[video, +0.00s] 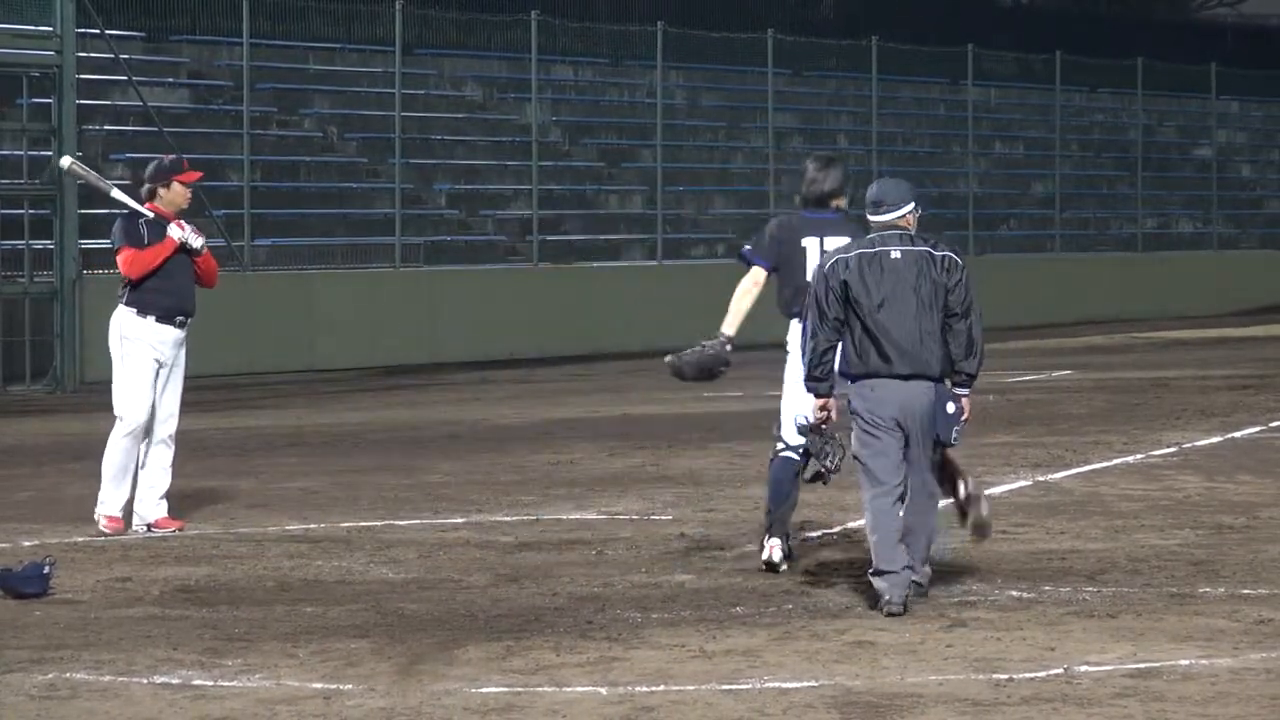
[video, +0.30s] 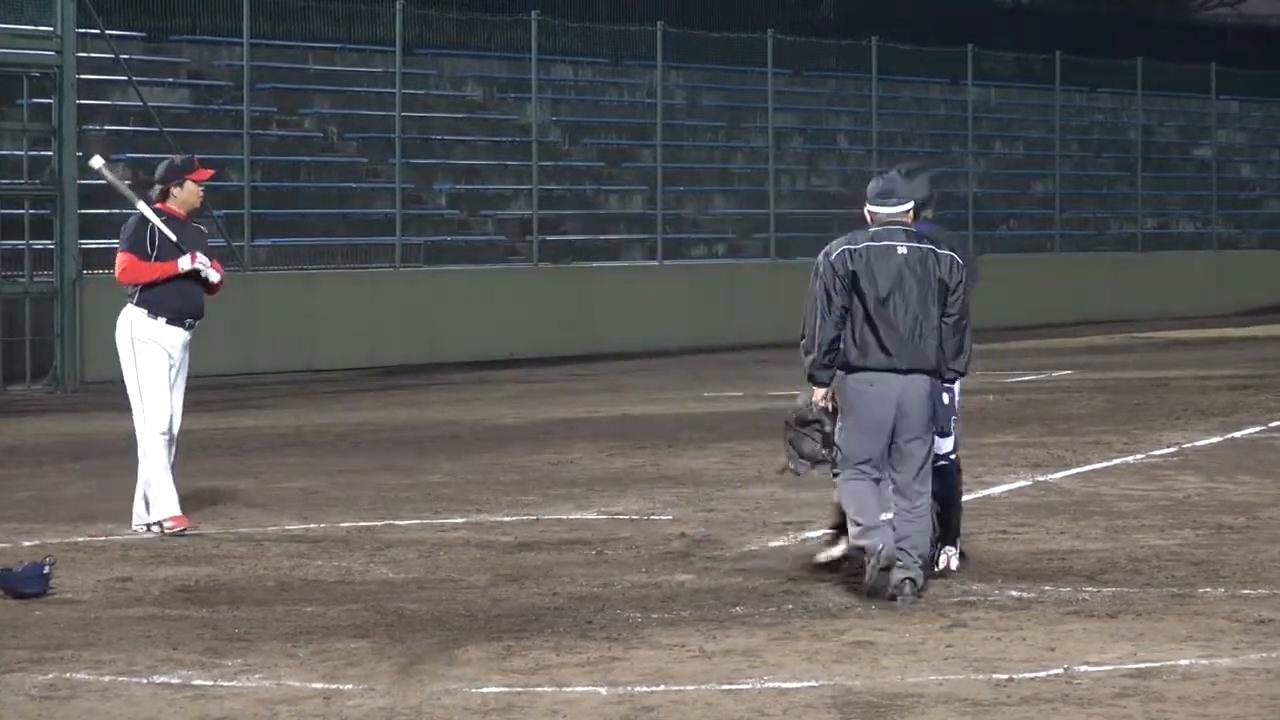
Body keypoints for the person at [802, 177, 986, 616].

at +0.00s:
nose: (917, 218)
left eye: (912, 213)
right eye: (915, 214)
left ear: (870, 217)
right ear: (910, 217)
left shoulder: (840, 265)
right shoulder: (944, 261)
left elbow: (822, 332)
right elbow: (962, 326)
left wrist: (820, 389)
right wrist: (963, 384)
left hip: (870, 392)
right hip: (926, 391)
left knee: (882, 489)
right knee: (922, 484)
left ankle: (892, 589)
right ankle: (915, 571)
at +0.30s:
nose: (869, 215)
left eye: (871, 210)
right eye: (904, 210)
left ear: (868, 214)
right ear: (911, 213)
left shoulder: (839, 255)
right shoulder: (943, 260)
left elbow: (824, 324)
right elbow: (955, 327)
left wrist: (821, 378)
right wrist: (948, 376)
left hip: (863, 385)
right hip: (919, 385)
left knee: (859, 470)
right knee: (912, 480)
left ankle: (876, 545)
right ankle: (909, 569)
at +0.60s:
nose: (844, 224)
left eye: (844, 219)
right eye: (848, 219)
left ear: (848, 219)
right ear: (888, 217)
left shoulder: (826, 258)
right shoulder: (923, 257)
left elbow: (815, 327)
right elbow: (937, 321)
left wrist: (811, 383)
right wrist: (924, 369)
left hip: (851, 384)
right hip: (906, 383)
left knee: (848, 474)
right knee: (905, 476)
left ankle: (838, 567)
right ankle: (906, 571)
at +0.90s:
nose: (805, 230)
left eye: (806, 224)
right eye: (807, 224)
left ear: (816, 221)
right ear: (852, 218)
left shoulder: (800, 259)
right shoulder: (895, 255)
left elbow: (795, 329)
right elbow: (911, 319)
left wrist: (794, 385)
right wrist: (903, 369)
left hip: (830, 380)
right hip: (884, 378)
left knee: (830, 479)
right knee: (880, 465)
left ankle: (838, 566)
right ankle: (892, 532)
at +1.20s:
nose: (788, 236)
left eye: (788, 230)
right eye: (789, 230)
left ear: (797, 227)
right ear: (828, 222)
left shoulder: (791, 259)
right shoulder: (875, 254)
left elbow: (787, 323)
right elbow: (893, 316)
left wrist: (781, 381)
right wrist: (889, 368)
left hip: (826, 379)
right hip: (873, 377)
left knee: (825, 473)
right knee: (862, 466)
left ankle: (839, 567)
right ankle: (860, 547)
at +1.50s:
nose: (769, 249)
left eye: (767, 242)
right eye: (767, 243)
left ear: (775, 234)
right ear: (803, 226)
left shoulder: (786, 260)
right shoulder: (842, 250)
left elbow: (797, 320)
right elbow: (861, 313)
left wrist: (795, 380)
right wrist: (872, 370)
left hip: (830, 374)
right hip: (866, 371)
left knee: (793, 459)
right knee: (846, 462)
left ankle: (830, 537)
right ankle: (854, 546)